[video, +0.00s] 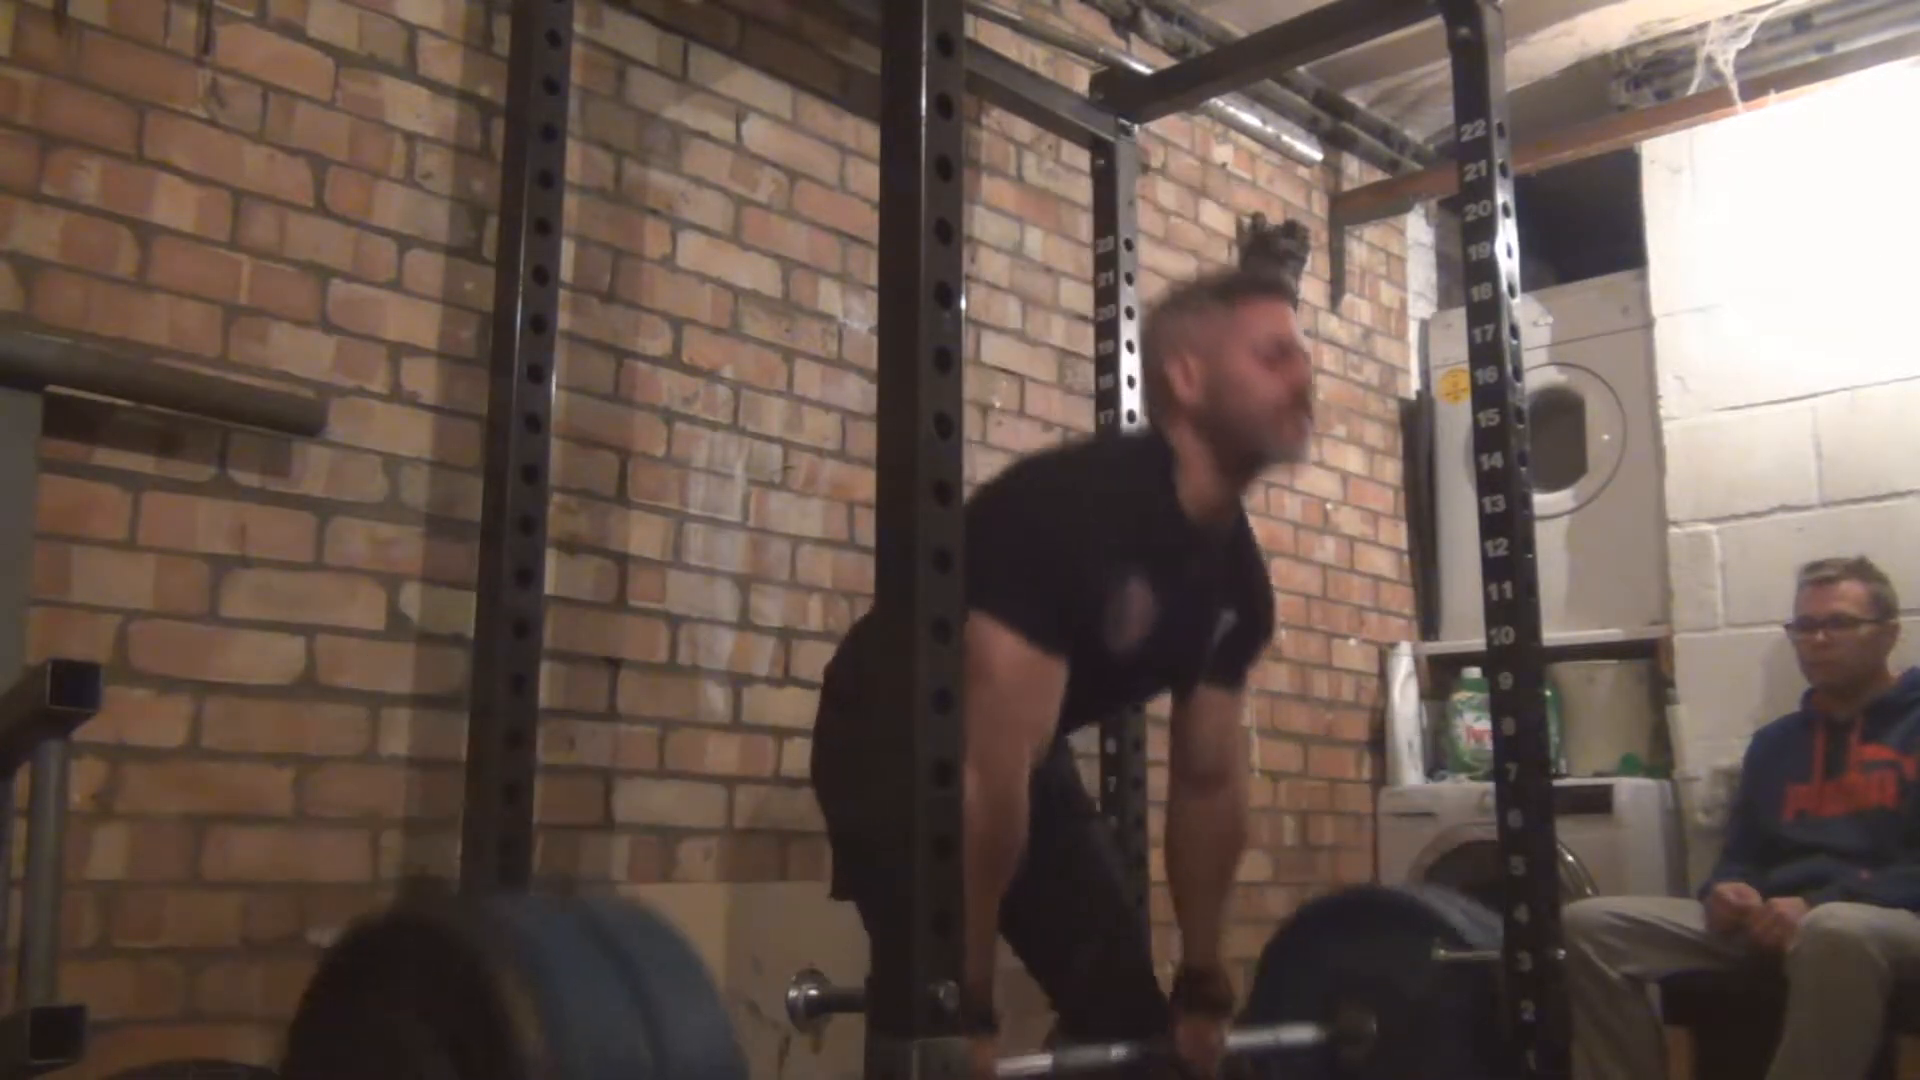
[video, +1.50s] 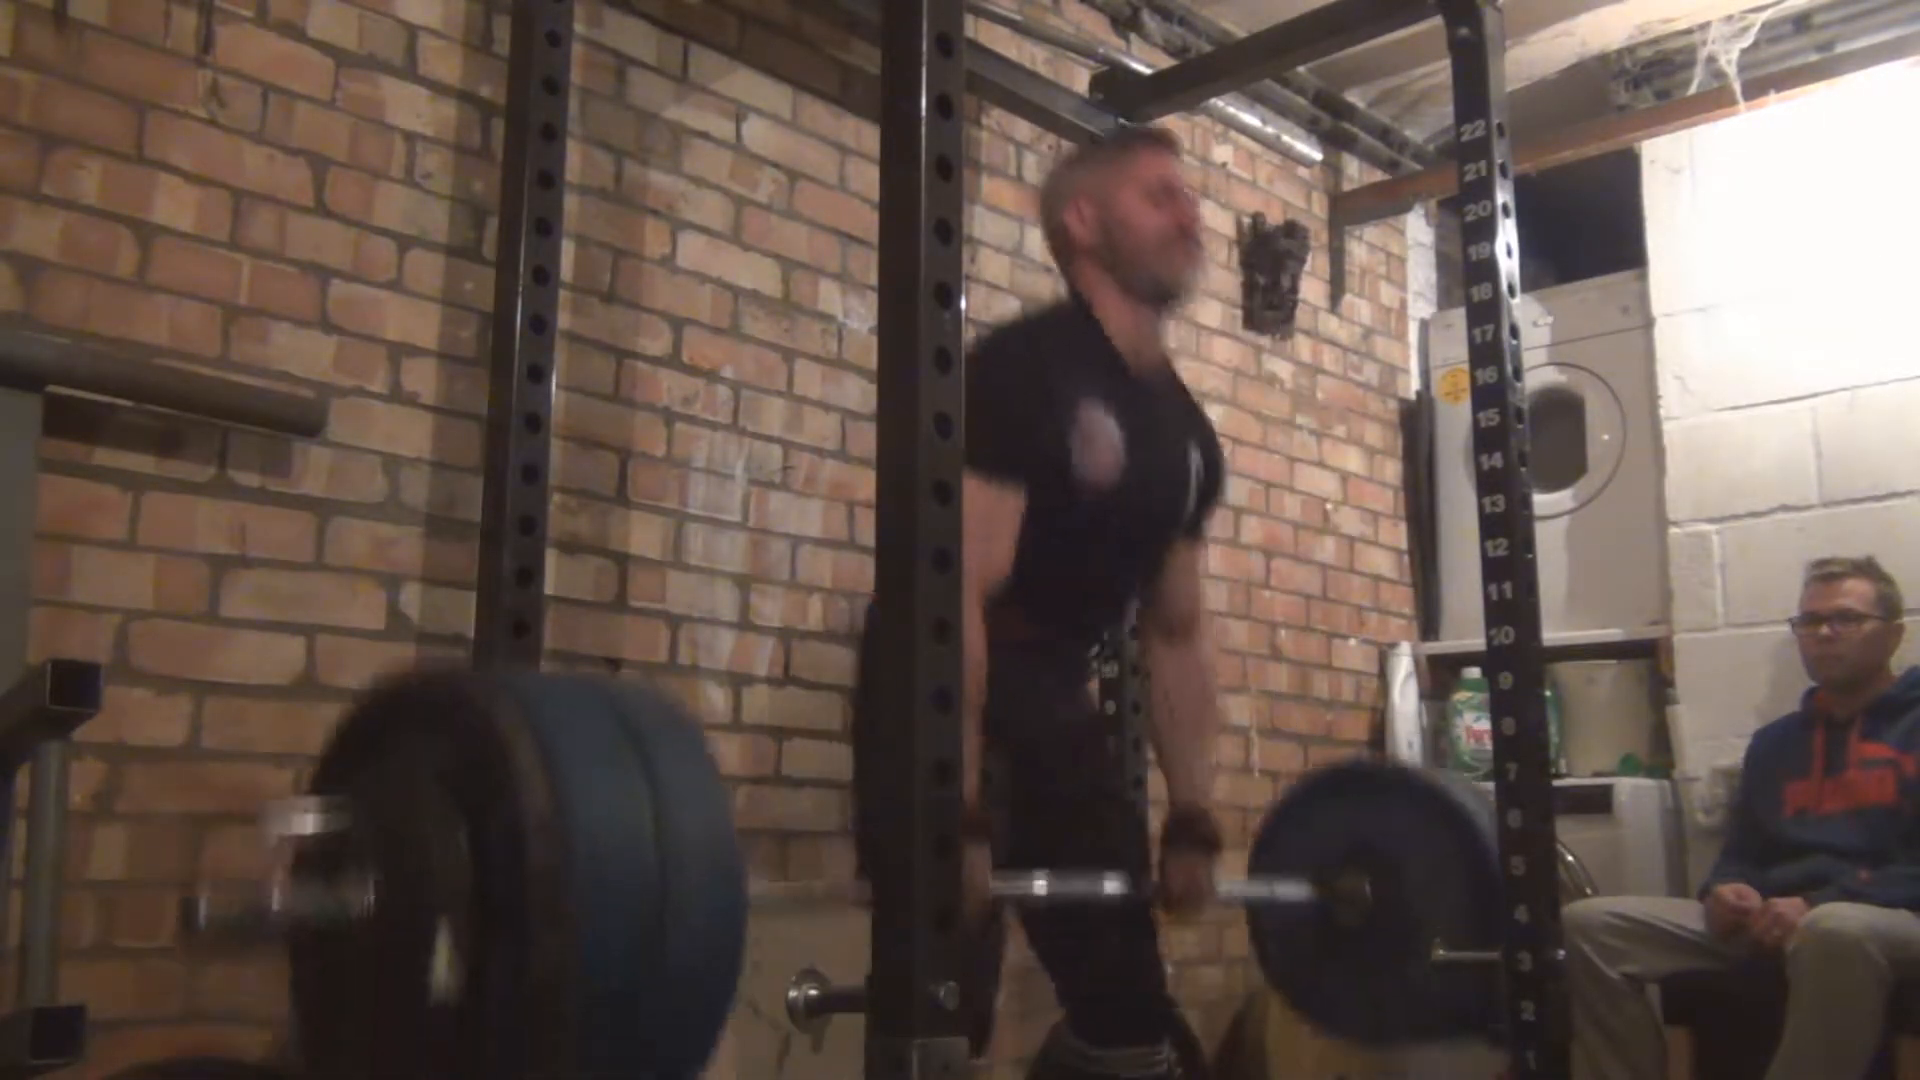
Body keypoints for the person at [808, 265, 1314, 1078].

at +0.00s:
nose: (1307, 380)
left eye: (1302, 355)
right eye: (1275, 355)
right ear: (1184, 377)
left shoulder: (1233, 580)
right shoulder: (1066, 507)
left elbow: (1210, 783)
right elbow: (994, 773)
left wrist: (1203, 980)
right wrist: (971, 1014)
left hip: (1017, 750)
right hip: (890, 729)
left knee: (1122, 1004)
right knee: (928, 1006)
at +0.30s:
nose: (1356, 541)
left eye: (1355, 516)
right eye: (1329, 515)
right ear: (1234, 515)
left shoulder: (1254, 697)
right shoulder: (1087, 622)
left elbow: (1217, 893)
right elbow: (997, 891)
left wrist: (1208, 1061)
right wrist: (962, 1064)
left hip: (1023, 781)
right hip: (875, 760)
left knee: (1134, 1021)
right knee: (942, 1011)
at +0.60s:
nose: (1362, 571)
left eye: (1361, 545)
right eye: (1335, 544)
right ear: (1236, 540)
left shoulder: (1255, 719)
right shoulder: (1088, 645)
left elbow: (1217, 909)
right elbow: (995, 919)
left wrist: (1211, 1067)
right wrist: (960, 1068)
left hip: (1013, 789)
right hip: (868, 767)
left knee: (1139, 1025)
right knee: (937, 1008)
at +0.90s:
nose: (1330, 512)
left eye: (1329, 489)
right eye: (1303, 485)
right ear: (1207, 490)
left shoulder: (1241, 676)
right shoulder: (1075, 599)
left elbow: (1210, 870)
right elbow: (985, 865)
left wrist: (1205, 1054)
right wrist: (968, 1063)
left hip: (1010, 778)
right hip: (871, 761)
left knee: (1134, 1021)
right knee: (936, 1007)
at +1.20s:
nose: (1289, 394)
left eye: (1288, 370)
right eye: (1259, 368)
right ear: (1167, 383)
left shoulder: (1219, 588)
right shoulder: (1052, 507)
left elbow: (1202, 779)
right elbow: (976, 756)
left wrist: (1205, 978)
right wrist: (969, 985)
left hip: (1001, 735)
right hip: (876, 715)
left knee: (1107, 972)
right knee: (923, 1008)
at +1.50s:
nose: (1191, 216)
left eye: (1188, 197)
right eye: (1161, 196)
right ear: (1083, 224)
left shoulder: (1186, 432)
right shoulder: (1018, 370)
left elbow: (1178, 630)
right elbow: (956, 597)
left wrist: (1191, 812)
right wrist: (958, 815)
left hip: (1056, 697)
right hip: (942, 687)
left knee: (1123, 1004)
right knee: (942, 1014)